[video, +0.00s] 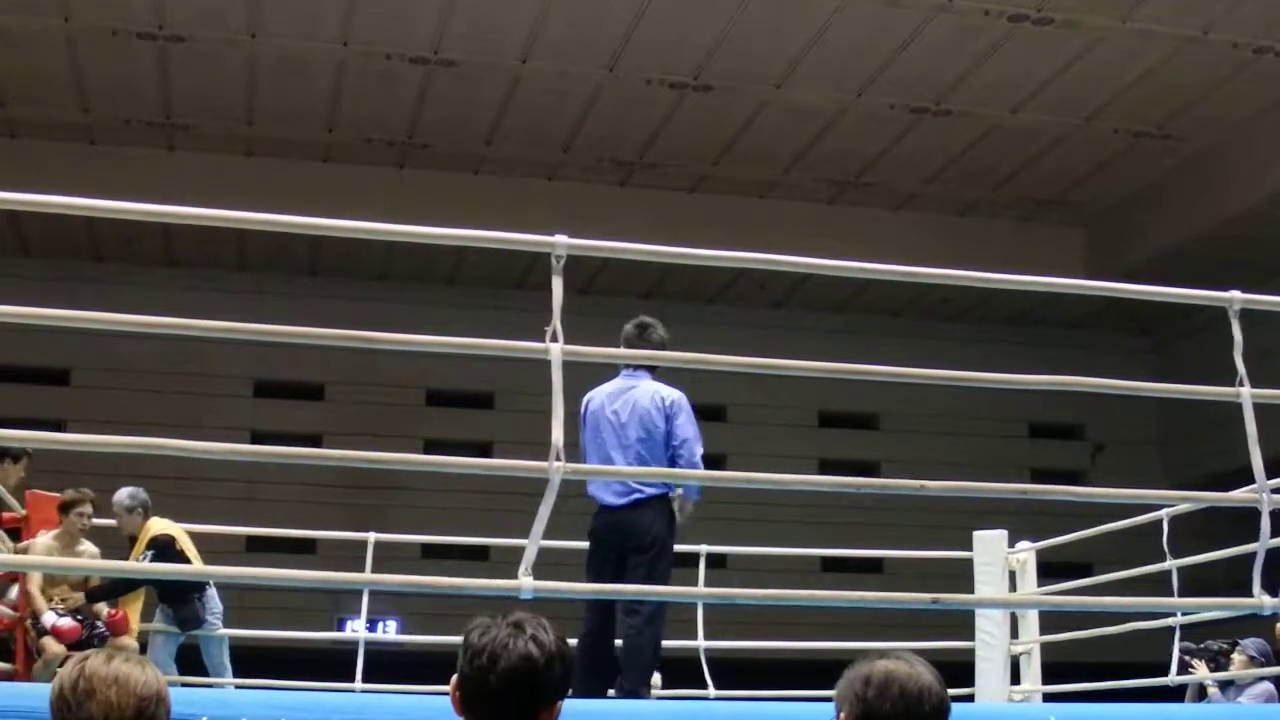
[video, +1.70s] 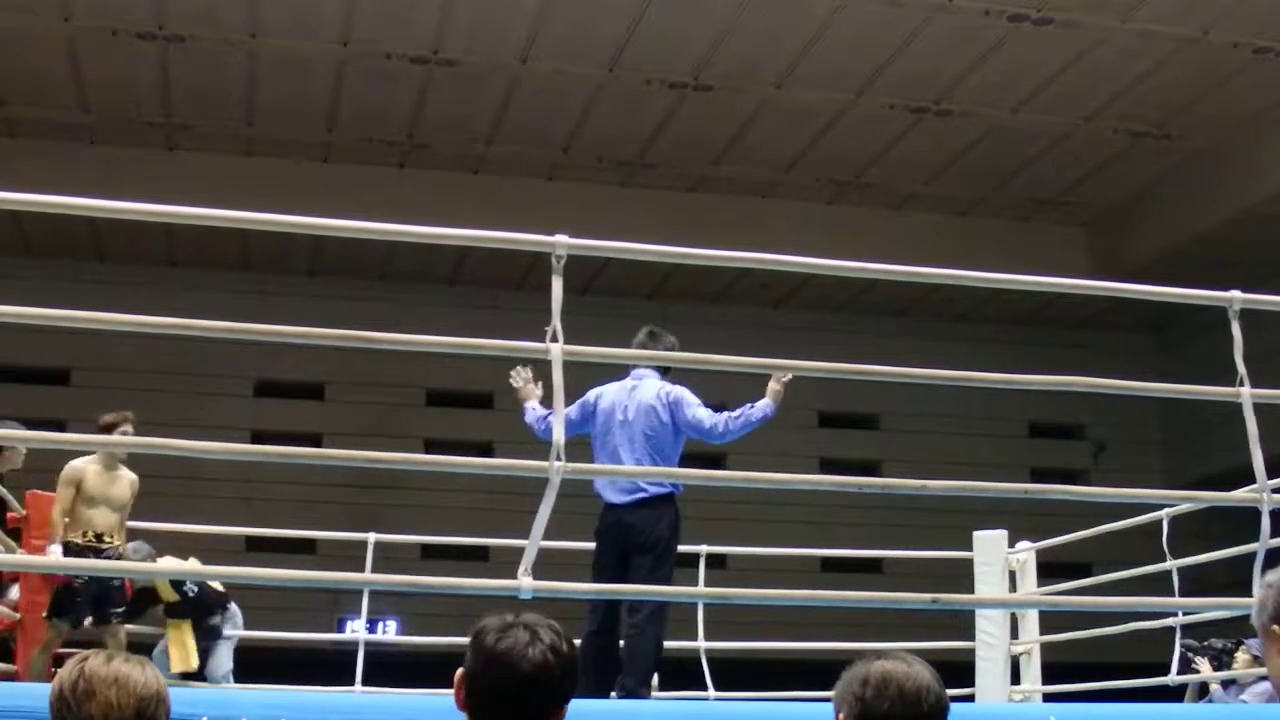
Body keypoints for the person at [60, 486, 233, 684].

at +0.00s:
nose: (116, 522)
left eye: (119, 516)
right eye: (115, 517)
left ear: (138, 514)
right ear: (134, 515)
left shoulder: (162, 537)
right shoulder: (137, 539)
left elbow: (132, 581)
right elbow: (130, 583)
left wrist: (85, 597)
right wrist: (127, 628)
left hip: (201, 600)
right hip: (170, 604)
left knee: (218, 666)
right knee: (158, 660)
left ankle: (230, 711)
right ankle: (176, 709)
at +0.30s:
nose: (119, 521)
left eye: (122, 515)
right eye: (118, 515)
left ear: (141, 513)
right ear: (139, 514)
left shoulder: (165, 539)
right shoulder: (137, 538)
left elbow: (136, 581)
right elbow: (122, 572)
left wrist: (91, 600)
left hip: (201, 601)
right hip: (170, 604)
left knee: (218, 667)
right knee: (158, 659)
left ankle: (233, 719)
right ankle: (174, 713)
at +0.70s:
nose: (130, 509)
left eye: (133, 503)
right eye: (129, 504)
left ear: (153, 502)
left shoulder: (175, 527)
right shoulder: (142, 533)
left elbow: (158, 572)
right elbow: (125, 565)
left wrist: (111, 580)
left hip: (201, 600)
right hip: (169, 604)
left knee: (219, 668)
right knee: (157, 660)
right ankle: (177, 709)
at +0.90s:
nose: (131, 516)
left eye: (135, 510)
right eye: (130, 511)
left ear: (154, 509)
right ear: (151, 510)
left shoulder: (176, 531)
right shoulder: (144, 540)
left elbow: (172, 577)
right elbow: (144, 572)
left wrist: (136, 566)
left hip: (201, 601)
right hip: (170, 603)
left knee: (219, 664)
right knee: (156, 657)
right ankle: (175, 707)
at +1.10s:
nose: (130, 531)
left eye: (135, 526)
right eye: (129, 526)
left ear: (155, 524)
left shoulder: (176, 541)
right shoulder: (144, 549)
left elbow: (201, 587)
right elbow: (136, 581)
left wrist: (156, 577)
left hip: (205, 604)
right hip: (175, 605)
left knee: (219, 667)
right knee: (155, 658)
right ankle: (175, 705)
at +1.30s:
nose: (129, 552)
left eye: (134, 547)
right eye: (128, 547)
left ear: (153, 542)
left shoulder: (178, 555)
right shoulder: (144, 561)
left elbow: (205, 594)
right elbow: (133, 595)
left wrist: (164, 591)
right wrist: (106, 612)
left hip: (209, 609)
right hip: (179, 611)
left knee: (216, 670)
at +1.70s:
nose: (131, 575)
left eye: (135, 568)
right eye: (129, 569)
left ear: (149, 561)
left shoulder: (170, 568)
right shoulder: (151, 579)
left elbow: (204, 604)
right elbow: (140, 603)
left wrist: (167, 610)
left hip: (223, 615)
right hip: (190, 617)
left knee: (216, 672)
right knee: (161, 658)